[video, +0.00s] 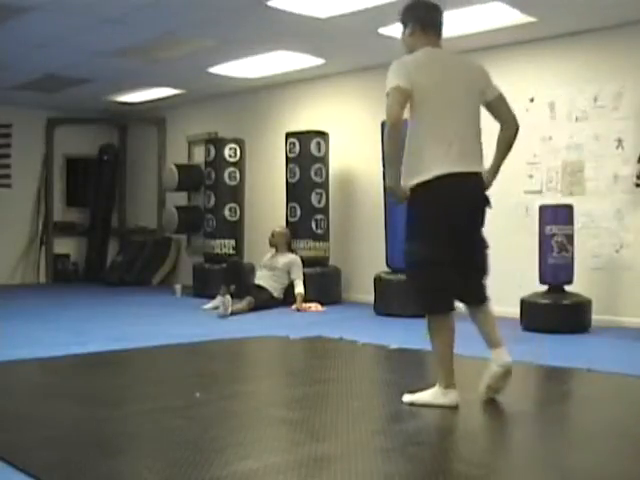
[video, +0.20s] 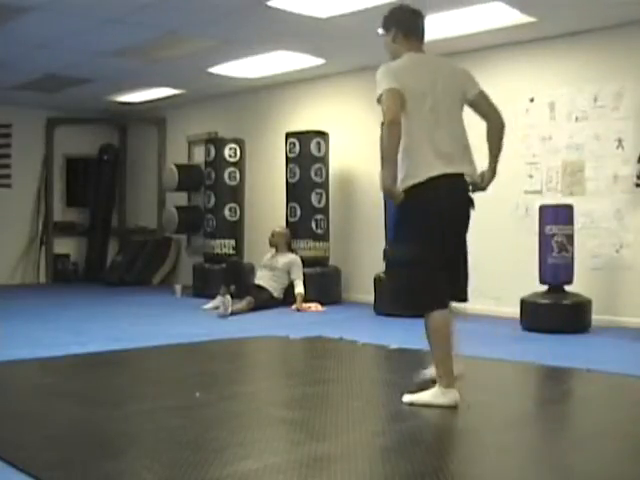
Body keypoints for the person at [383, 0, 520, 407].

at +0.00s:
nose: (402, 40)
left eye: (403, 33)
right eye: (403, 34)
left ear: (413, 31)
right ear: (438, 30)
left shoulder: (405, 66)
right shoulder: (470, 67)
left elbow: (393, 121)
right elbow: (510, 123)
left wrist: (392, 179)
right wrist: (491, 173)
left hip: (431, 190)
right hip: (470, 187)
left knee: (435, 288)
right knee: (468, 281)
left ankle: (444, 387)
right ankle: (499, 353)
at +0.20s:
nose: (385, 45)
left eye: (386, 38)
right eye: (386, 39)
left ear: (395, 36)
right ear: (421, 36)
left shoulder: (392, 71)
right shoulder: (453, 71)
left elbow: (392, 120)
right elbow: (495, 119)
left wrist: (388, 182)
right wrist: (490, 170)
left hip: (422, 193)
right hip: (456, 190)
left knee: (431, 291)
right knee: (437, 286)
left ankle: (445, 386)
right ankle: (443, 368)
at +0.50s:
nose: (362, 55)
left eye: (365, 47)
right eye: (360, 48)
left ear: (389, 41)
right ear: (394, 46)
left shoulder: (381, 76)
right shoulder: (429, 83)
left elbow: (375, 129)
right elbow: (456, 145)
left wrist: (358, 183)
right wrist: (431, 180)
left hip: (397, 197)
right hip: (425, 196)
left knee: (419, 291)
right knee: (402, 288)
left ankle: (443, 382)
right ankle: (395, 368)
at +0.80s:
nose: (339, 58)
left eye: (342, 48)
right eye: (334, 52)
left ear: (362, 41)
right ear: (339, 53)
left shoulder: (380, 75)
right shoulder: (370, 85)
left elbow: (413, 119)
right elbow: (417, 122)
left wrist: (405, 175)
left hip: (391, 199)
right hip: (378, 199)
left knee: (374, 285)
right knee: (376, 285)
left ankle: (408, 360)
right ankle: (395, 360)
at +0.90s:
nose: (334, 57)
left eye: (339, 48)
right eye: (328, 52)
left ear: (357, 44)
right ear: (326, 55)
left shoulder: (380, 78)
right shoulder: (356, 92)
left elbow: (415, 122)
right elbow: (374, 143)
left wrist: (409, 177)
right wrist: (359, 186)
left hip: (384, 197)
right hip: (368, 198)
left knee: (363, 285)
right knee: (382, 286)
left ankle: (372, 367)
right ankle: (394, 364)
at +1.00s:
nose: (330, 56)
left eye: (336, 48)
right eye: (325, 50)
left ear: (355, 46)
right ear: (322, 54)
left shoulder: (380, 83)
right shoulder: (338, 100)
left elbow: (412, 132)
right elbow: (333, 153)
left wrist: (407, 185)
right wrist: (318, 187)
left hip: (376, 198)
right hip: (348, 200)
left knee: (360, 287)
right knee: (369, 287)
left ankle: (350, 371)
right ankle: (393, 364)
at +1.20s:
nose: (333, 52)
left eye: (342, 46)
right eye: (330, 44)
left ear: (357, 51)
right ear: (323, 47)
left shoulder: (374, 88)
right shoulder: (313, 92)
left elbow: (397, 143)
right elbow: (294, 141)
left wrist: (393, 196)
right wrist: (273, 187)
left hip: (364, 203)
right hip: (325, 202)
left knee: (357, 292)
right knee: (316, 287)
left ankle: (350, 370)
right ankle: (358, 335)